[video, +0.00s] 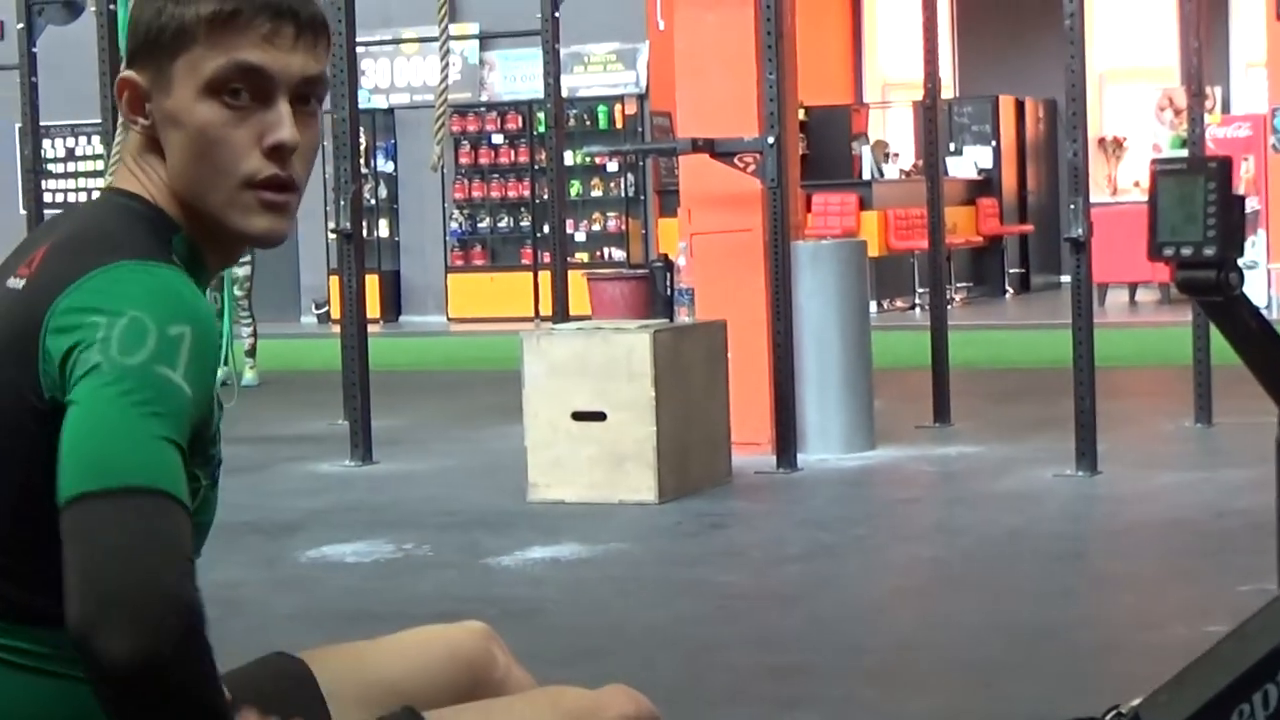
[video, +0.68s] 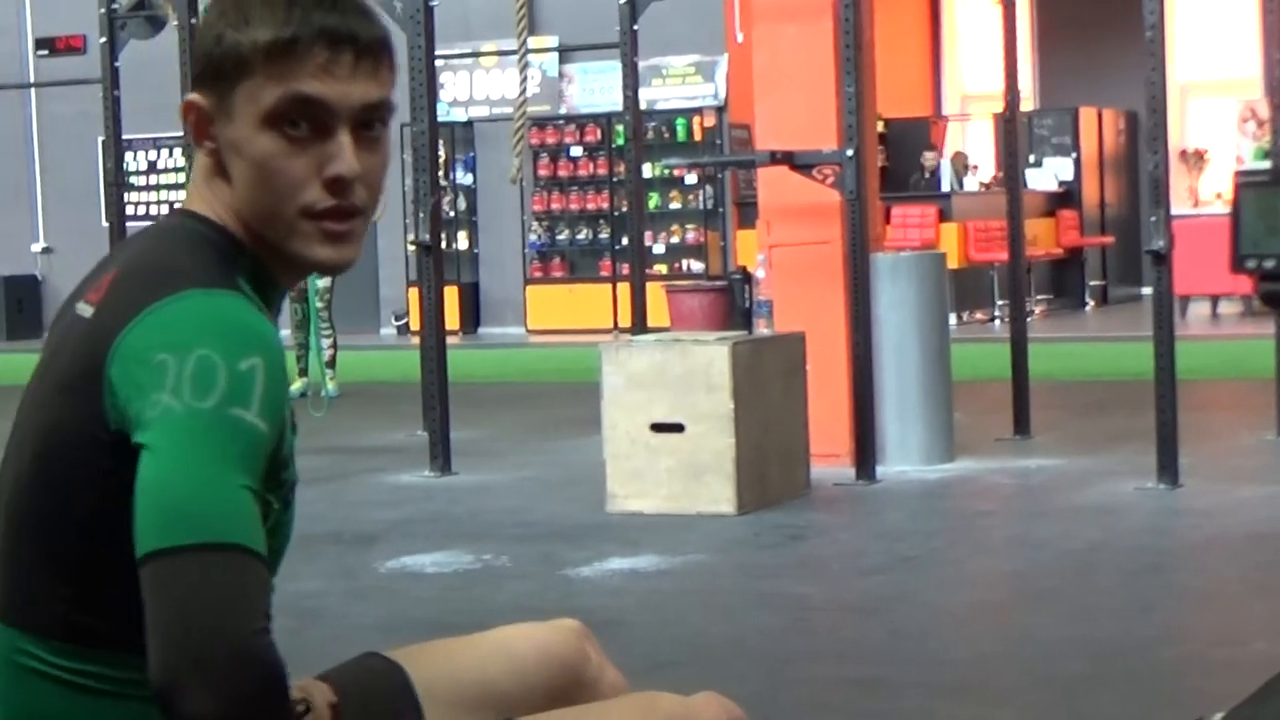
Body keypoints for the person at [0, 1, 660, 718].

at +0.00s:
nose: (287, 137)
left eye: (305, 102)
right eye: (238, 94)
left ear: (322, 116)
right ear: (139, 106)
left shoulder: (97, 255)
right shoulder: (145, 295)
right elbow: (130, 622)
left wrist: (206, 697)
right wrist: (213, 711)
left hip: (75, 688)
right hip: (86, 701)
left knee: (472, 653)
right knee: (620, 707)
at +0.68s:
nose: (347, 170)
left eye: (370, 129)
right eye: (300, 128)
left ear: (393, 134)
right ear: (207, 133)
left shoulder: (169, 274)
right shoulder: (208, 325)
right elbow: (213, 679)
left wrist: (261, 695)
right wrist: (287, 708)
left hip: (108, 692)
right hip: (132, 718)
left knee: (566, 653)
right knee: (708, 711)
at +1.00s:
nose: (423, 114)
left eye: (446, 78)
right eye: (378, 70)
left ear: (466, 90)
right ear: (283, 74)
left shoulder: (247, 223)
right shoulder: (281, 261)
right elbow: (296, 617)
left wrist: (343, 665)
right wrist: (367, 712)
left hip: (201, 670)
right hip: (221, 703)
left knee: (603, 583)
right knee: (745, 661)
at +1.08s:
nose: (429, 105)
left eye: (452, 69)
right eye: (385, 60)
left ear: (471, 82)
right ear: (289, 62)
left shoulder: (255, 210)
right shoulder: (288, 248)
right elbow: (307, 601)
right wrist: (382, 712)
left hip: (212, 662)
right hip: (236, 701)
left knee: (609, 566)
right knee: (758, 650)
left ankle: (716, 707)